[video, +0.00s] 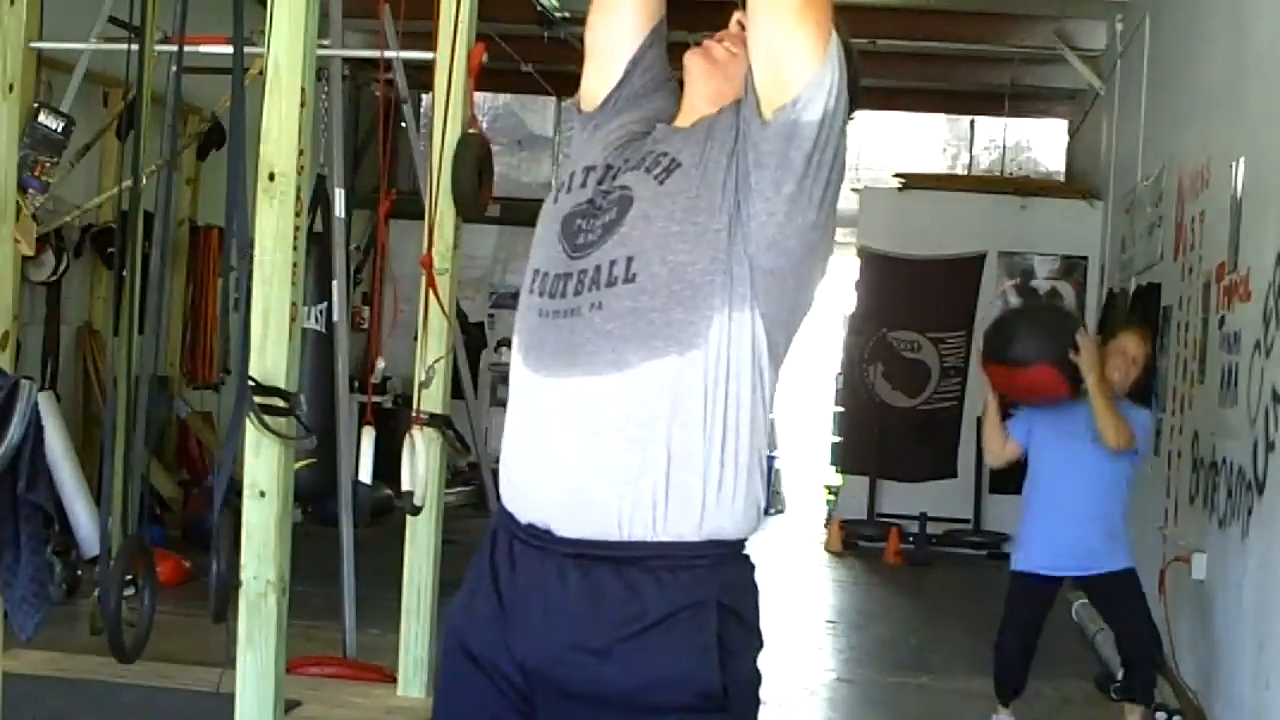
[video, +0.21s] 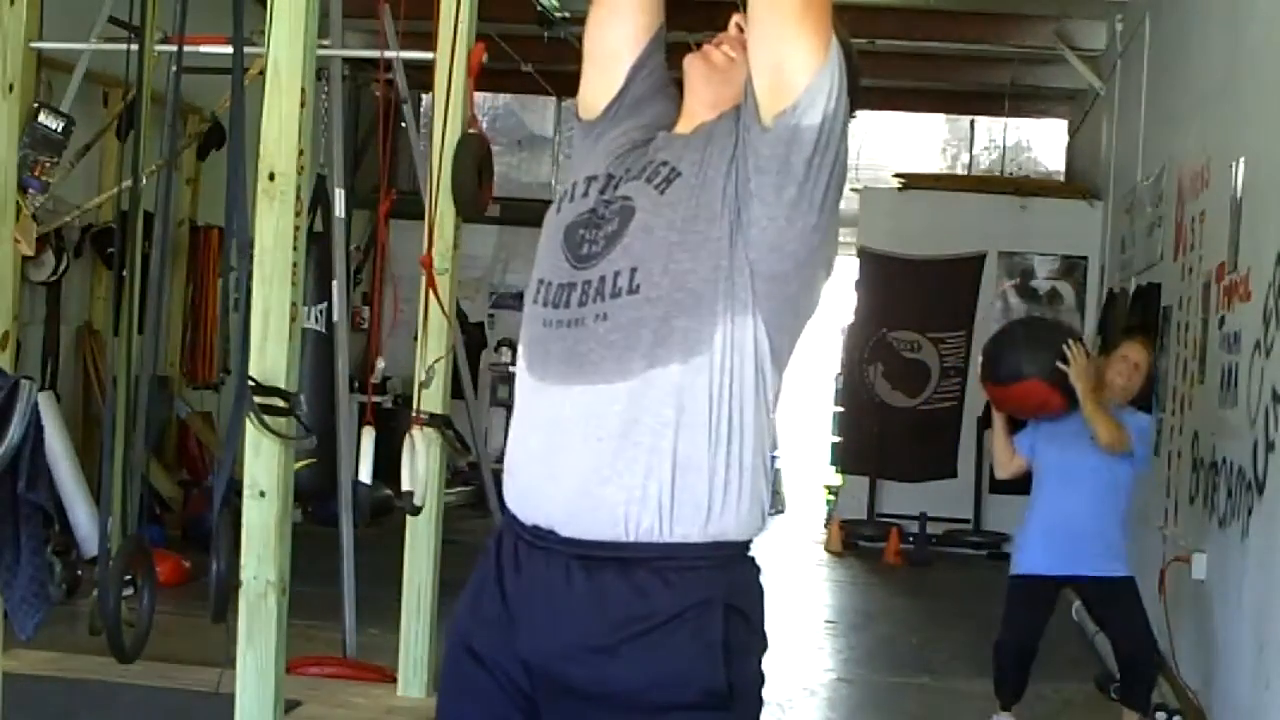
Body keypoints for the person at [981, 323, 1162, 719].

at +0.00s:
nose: (1125, 367)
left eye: (1136, 362)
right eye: (1120, 355)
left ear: (1142, 372)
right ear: (1100, 353)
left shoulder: (1138, 417)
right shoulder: (1043, 410)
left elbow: (1117, 439)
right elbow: (996, 455)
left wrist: (1091, 372)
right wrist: (993, 393)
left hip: (1104, 559)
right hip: (1038, 557)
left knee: (1142, 644)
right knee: (1013, 643)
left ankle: (1137, 711)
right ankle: (1004, 708)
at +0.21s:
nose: (1128, 372)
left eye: (1138, 369)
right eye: (1123, 360)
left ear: (1143, 383)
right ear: (1102, 362)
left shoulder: (1139, 423)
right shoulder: (1050, 420)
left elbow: (1112, 440)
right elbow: (1005, 468)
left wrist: (1086, 390)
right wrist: (997, 408)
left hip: (1102, 563)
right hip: (1037, 559)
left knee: (1140, 654)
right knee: (1013, 647)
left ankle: (1133, 712)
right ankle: (1005, 710)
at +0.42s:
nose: (1126, 340)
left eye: (1137, 338)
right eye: (1121, 331)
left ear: (1145, 354)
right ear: (1103, 337)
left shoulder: (1143, 391)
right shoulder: (1056, 396)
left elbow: (1124, 388)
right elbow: (1004, 437)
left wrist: (1083, 337)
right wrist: (1000, 384)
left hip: (1106, 534)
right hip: (1044, 530)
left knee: (1132, 638)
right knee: (1020, 629)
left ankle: (1131, 713)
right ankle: (1005, 710)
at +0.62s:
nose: (1106, 325)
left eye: (1116, 319)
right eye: (1101, 318)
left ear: (1131, 330)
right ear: (1090, 327)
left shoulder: (1137, 374)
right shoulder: (1050, 374)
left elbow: (1130, 315)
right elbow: (996, 377)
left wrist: (1090, 264)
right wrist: (1007, 321)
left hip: (1105, 518)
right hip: (1043, 516)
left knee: (1112, 623)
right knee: (1026, 615)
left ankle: (1128, 714)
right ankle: (1004, 712)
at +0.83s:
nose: (1096, 323)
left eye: (1107, 317)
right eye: (1090, 315)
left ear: (1120, 327)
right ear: (1077, 322)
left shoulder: (1131, 366)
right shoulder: (1049, 369)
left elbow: (1124, 291)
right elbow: (1005, 330)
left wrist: (1097, 232)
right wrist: (1005, 269)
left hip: (1106, 512)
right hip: (1042, 511)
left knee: (1110, 619)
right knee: (1027, 612)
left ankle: (1127, 715)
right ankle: (1004, 712)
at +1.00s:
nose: (1094, 323)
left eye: (1105, 318)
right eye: (1089, 315)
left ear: (1118, 328)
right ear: (1075, 321)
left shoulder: (1129, 365)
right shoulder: (1047, 369)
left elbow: (1124, 290)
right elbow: (1005, 329)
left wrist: (1097, 233)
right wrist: (1006, 267)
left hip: (1106, 513)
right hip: (1042, 512)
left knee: (1111, 621)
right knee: (1026, 615)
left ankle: (1128, 715)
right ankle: (1003, 713)